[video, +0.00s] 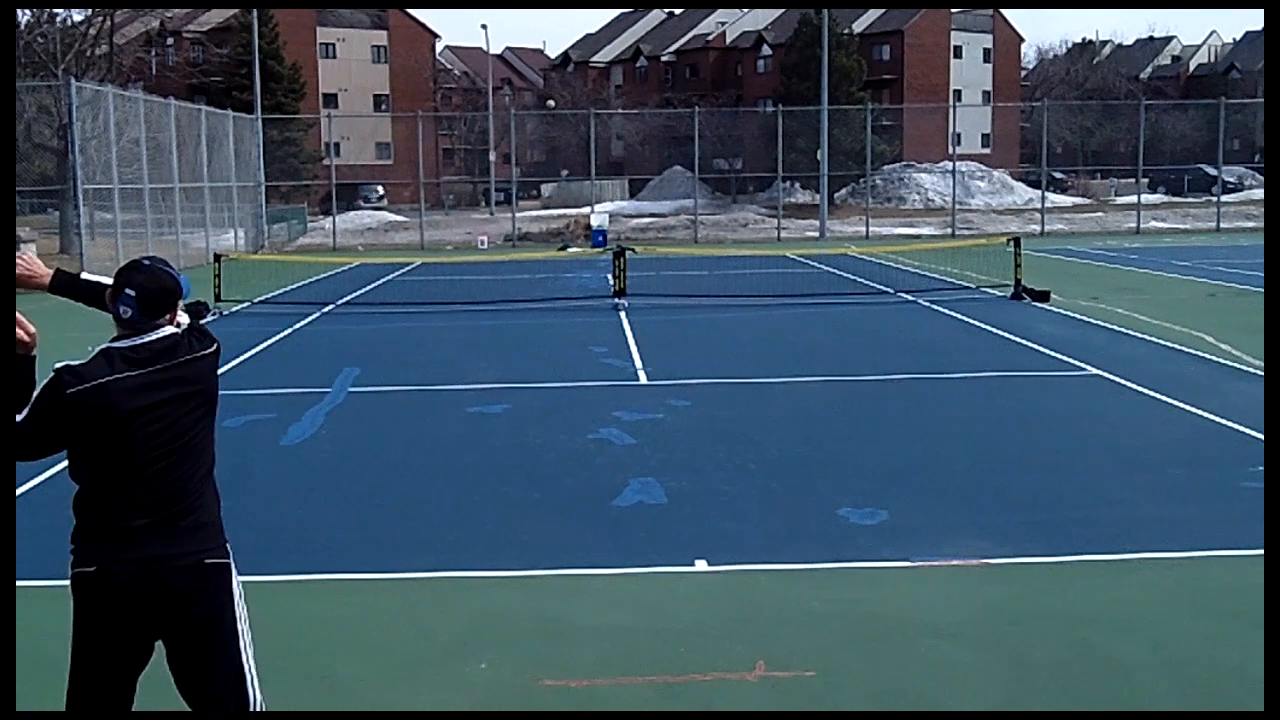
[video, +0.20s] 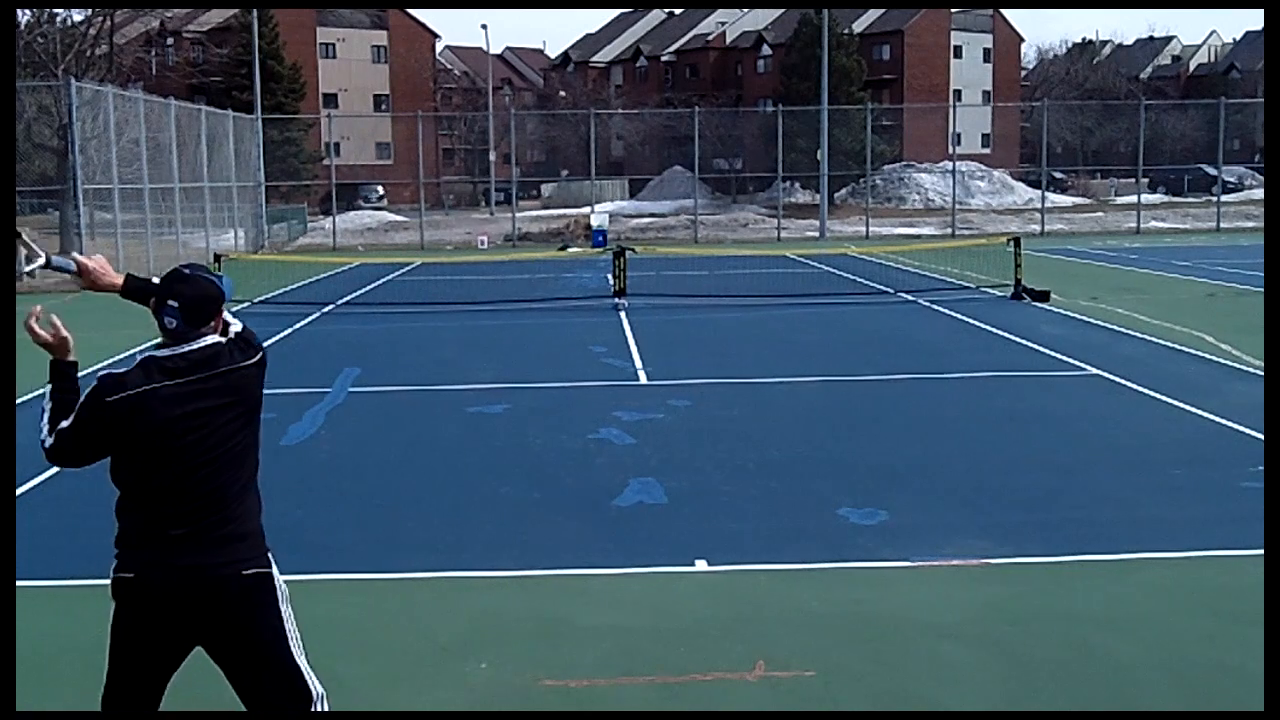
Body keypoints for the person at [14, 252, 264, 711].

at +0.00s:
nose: (182, 307)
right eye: (179, 303)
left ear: (118, 312)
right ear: (174, 313)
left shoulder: (75, 385)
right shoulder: (201, 353)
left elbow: (20, 441)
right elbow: (148, 305)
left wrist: (21, 359)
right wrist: (52, 278)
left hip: (107, 576)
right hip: (198, 570)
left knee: (96, 703)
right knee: (229, 702)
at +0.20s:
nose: (227, 315)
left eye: (218, 307)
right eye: (223, 308)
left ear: (165, 321)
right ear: (216, 321)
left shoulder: (123, 390)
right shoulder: (246, 360)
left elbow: (61, 448)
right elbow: (199, 311)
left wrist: (61, 362)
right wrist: (122, 282)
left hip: (150, 586)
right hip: (239, 579)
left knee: (125, 705)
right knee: (294, 702)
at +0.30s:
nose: (266, 318)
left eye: (259, 310)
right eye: (262, 313)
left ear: (203, 329)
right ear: (256, 326)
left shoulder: (161, 392)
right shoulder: (286, 365)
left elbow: (98, 448)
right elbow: (253, 324)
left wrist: (105, 360)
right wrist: (181, 304)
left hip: (185, 593)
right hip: (274, 588)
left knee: (146, 706)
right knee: (329, 704)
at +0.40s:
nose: (302, 304)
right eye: (300, 299)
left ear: (234, 310)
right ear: (294, 310)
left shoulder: (196, 378)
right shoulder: (328, 360)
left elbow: (144, 447)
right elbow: (289, 344)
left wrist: (158, 355)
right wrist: (240, 325)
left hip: (217, 572)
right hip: (307, 573)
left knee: (186, 702)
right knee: (331, 702)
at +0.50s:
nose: (329, 287)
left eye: (323, 278)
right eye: (327, 280)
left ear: (263, 288)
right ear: (322, 287)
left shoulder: (224, 351)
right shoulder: (351, 339)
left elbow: (180, 444)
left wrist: (203, 355)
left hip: (242, 551)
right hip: (332, 550)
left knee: (246, 694)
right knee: (340, 696)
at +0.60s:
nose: (353, 292)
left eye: (349, 285)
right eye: (352, 285)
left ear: (289, 293)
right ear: (347, 293)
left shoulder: (246, 356)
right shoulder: (377, 353)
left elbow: (204, 458)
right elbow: (418, 444)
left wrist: (238, 370)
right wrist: (357, 406)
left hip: (272, 558)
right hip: (360, 553)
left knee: (306, 699)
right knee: (389, 691)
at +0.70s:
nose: (373, 307)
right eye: (373, 301)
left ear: (311, 306)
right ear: (370, 308)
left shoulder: (271, 377)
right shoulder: (400, 375)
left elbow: (226, 478)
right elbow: (445, 476)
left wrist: (279, 416)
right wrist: (387, 444)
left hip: (301, 575)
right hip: (389, 571)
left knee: (318, 703)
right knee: (451, 693)